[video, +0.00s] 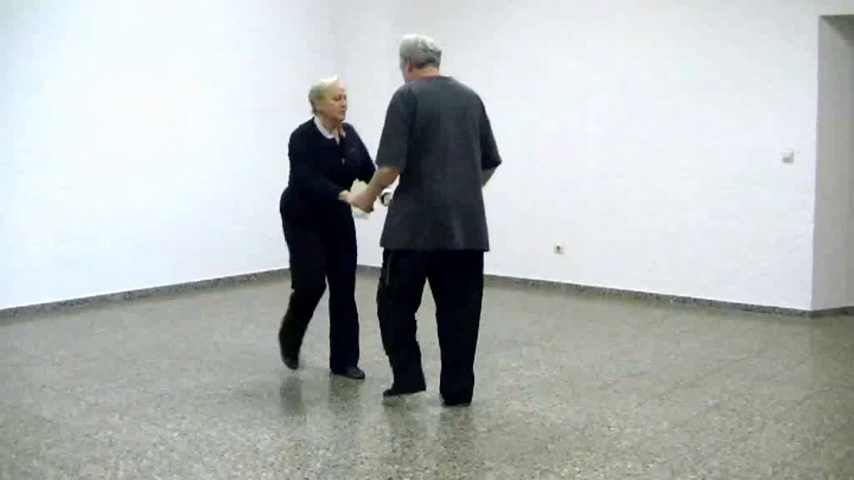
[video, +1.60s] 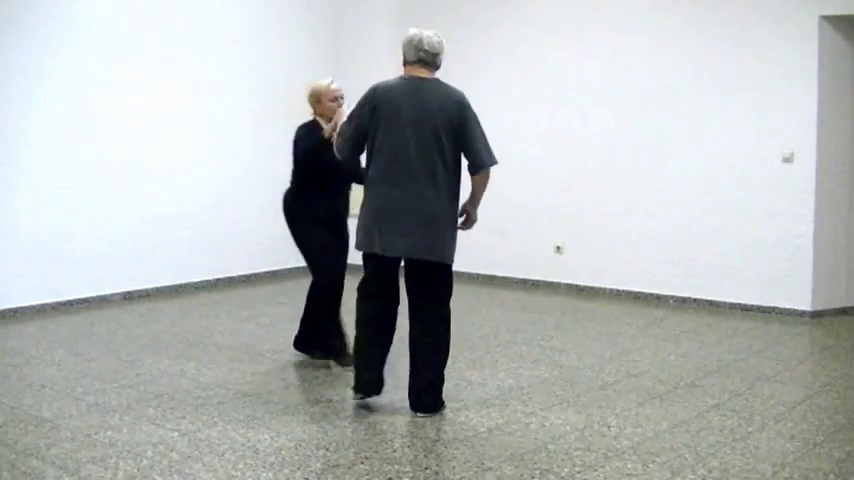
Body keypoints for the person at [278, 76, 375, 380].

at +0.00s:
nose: (344, 104)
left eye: (345, 98)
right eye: (338, 99)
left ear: (344, 102)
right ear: (319, 104)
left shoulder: (349, 135)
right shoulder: (302, 137)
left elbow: (366, 171)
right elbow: (304, 180)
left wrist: (380, 187)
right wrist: (345, 196)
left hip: (337, 216)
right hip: (302, 217)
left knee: (343, 290)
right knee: (311, 284)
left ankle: (344, 362)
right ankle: (289, 340)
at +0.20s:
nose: (334, 107)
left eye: (335, 102)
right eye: (328, 102)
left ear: (335, 106)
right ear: (309, 108)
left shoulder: (339, 138)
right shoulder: (294, 141)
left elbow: (351, 180)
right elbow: (298, 183)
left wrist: (363, 208)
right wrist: (334, 199)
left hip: (329, 218)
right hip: (294, 219)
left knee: (343, 288)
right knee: (295, 288)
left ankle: (343, 362)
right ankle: (265, 338)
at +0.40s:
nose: (309, 113)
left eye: (310, 108)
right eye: (302, 109)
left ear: (310, 113)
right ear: (284, 114)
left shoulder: (311, 143)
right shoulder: (269, 146)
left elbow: (314, 179)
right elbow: (271, 186)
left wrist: (322, 197)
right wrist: (306, 195)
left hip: (308, 223)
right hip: (273, 225)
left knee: (327, 287)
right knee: (265, 287)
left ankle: (344, 359)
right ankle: (253, 349)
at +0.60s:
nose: (291, 106)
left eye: (291, 101)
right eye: (284, 102)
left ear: (290, 105)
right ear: (266, 108)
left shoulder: (292, 135)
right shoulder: (252, 138)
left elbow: (297, 174)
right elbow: (250, 179)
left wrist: (310, 207)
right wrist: (285, 174)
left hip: (289, 216)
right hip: (255, 219)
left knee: (308, 276)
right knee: (253, 286)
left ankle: (304, 342)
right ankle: (252, 350)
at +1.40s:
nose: (314, 108)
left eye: (315, 103)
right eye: (307, 105)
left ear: (315, 108)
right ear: (291, 112)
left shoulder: (318, 141)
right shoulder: (281, 139)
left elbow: (320, 181)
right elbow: (281, 176)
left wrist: (343, 194)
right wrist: (310, 158)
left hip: (312, 218)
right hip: (281, 219)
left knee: (323, 281)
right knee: (287, 281)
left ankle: (310, 344)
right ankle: (261, 343)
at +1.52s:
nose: (330, 102)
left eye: (330, 98)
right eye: (323, 99)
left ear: (330, 103)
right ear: (307, 106)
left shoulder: (332, 135)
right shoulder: (296, 132)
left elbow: (340, 173)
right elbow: (294, 166)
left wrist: (368, 181)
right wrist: (319, 146)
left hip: (324, 213)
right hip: (295, 211)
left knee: (329, 277)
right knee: (314, 274)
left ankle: (318, 346)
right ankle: (299, 341)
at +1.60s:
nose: (341, 104)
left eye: (341, 99)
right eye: (335, 100)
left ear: (338, 102)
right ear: (318, 105)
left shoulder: (344, 134)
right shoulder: (307, 133)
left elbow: (353, 171)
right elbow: (309, 169)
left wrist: (377, 178)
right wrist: (330, 138)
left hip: (333, 209)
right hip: (304, 209)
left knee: (334, 271)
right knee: (328, 271)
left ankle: (312, 338)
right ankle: (331, 342)